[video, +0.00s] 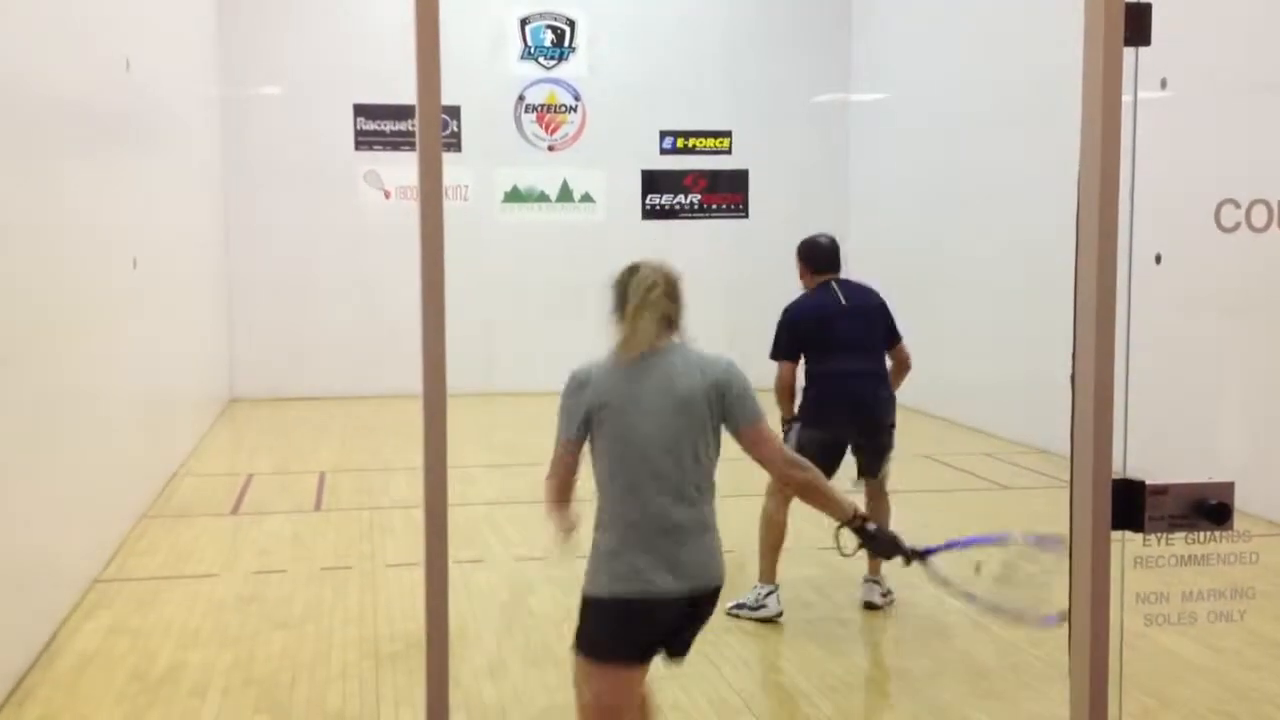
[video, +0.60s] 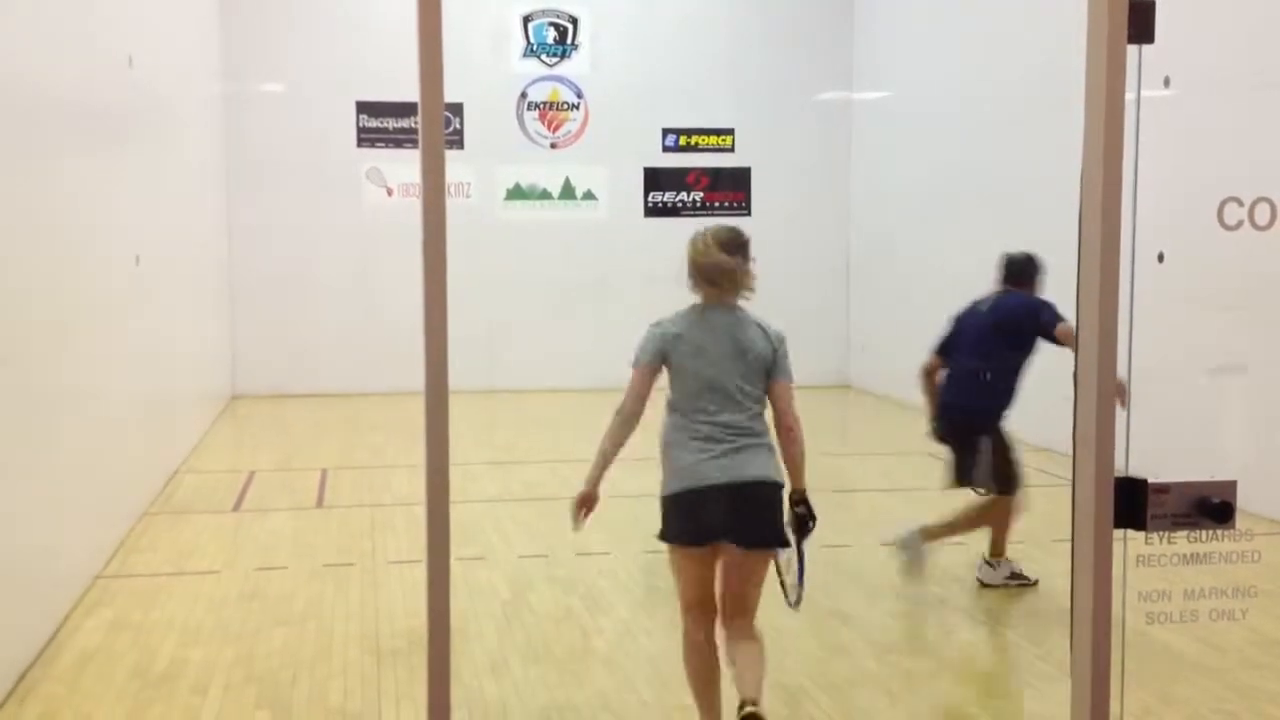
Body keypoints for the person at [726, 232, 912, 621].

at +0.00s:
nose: (798, 275)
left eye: (798, 269)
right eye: (800, 269)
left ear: (803, 270)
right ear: (838, 265)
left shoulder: (798, 312)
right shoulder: (869, 298)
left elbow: (785, 381)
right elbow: (902, 362)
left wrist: (788, 418)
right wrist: (881, 396)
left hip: (824, 410)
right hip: (875, 408)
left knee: (779, 493)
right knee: (875, 487)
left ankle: (766, 590)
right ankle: (874, 581)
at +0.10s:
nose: (809, 275)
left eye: (810, 270)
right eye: (813, 270)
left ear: (814, 273)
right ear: (850, 269)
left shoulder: (803, 311)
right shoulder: (880, 302)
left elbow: (785, 375)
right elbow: (915, 365)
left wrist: (790, 415)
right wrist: (896, 404)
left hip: (825, 411)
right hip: (876, 411)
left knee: (783, 488)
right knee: (893, 482)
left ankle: (759, 581)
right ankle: (873, 575)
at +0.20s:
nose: (838, 282)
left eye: (838, 276)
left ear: (837, 279)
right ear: (873, 278)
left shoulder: (821, 319)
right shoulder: (897, 313)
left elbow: (798, 387)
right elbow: (944, 368)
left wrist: (813, 417)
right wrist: (942, 415)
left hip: (829, 422)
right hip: (881, 424)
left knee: (794, 498)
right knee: (912, 480)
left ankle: (756, 579)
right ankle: (870, 561)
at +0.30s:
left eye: (876, 278)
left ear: (874, 281)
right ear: (909, 280)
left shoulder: (857, 317)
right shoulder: (929, 313)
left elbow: (836, 383)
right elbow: (982, 357)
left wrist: (853, 415)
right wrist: (999, 402)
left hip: (852, 424)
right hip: (900, 428)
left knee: (825, 492)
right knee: (911, 496)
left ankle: (767, 551)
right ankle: (859, 568)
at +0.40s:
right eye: (949, 279)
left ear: (915, 279)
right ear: (948, 279)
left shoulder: (894, 311)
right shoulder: (959, 307)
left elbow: (865, 378)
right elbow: (1017, 348)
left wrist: (882, 411)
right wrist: (1052, 393)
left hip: (884, 411)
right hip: (921, 414)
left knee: (887, 486)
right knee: (919, 495)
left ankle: (819, 533)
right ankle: (860, 565)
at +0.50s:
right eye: (989, 275)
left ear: (956, 274)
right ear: (989, 276)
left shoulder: (934, 306)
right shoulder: (993, 303)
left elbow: (896, 372)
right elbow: (1050, 337)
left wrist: (911, 416)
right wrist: (1083, 370)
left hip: (917, 408)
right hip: (947, 411)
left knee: (957, 470)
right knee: (937, 499)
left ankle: (938, 550)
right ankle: (867, 557)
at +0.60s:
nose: (1040, 288)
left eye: (1038, 283)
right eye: (1038, 282)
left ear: (1002, 278)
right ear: (1033, 282)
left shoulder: (977, 308)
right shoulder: (1031, 308)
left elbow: (929, 369)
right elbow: (1075, 340)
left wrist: (938, 415)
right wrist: (1109, 378)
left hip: (955, 413)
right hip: (978, 417)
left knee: (1005, 487)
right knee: (1002, 501)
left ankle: (996, 563)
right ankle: (919, 537)